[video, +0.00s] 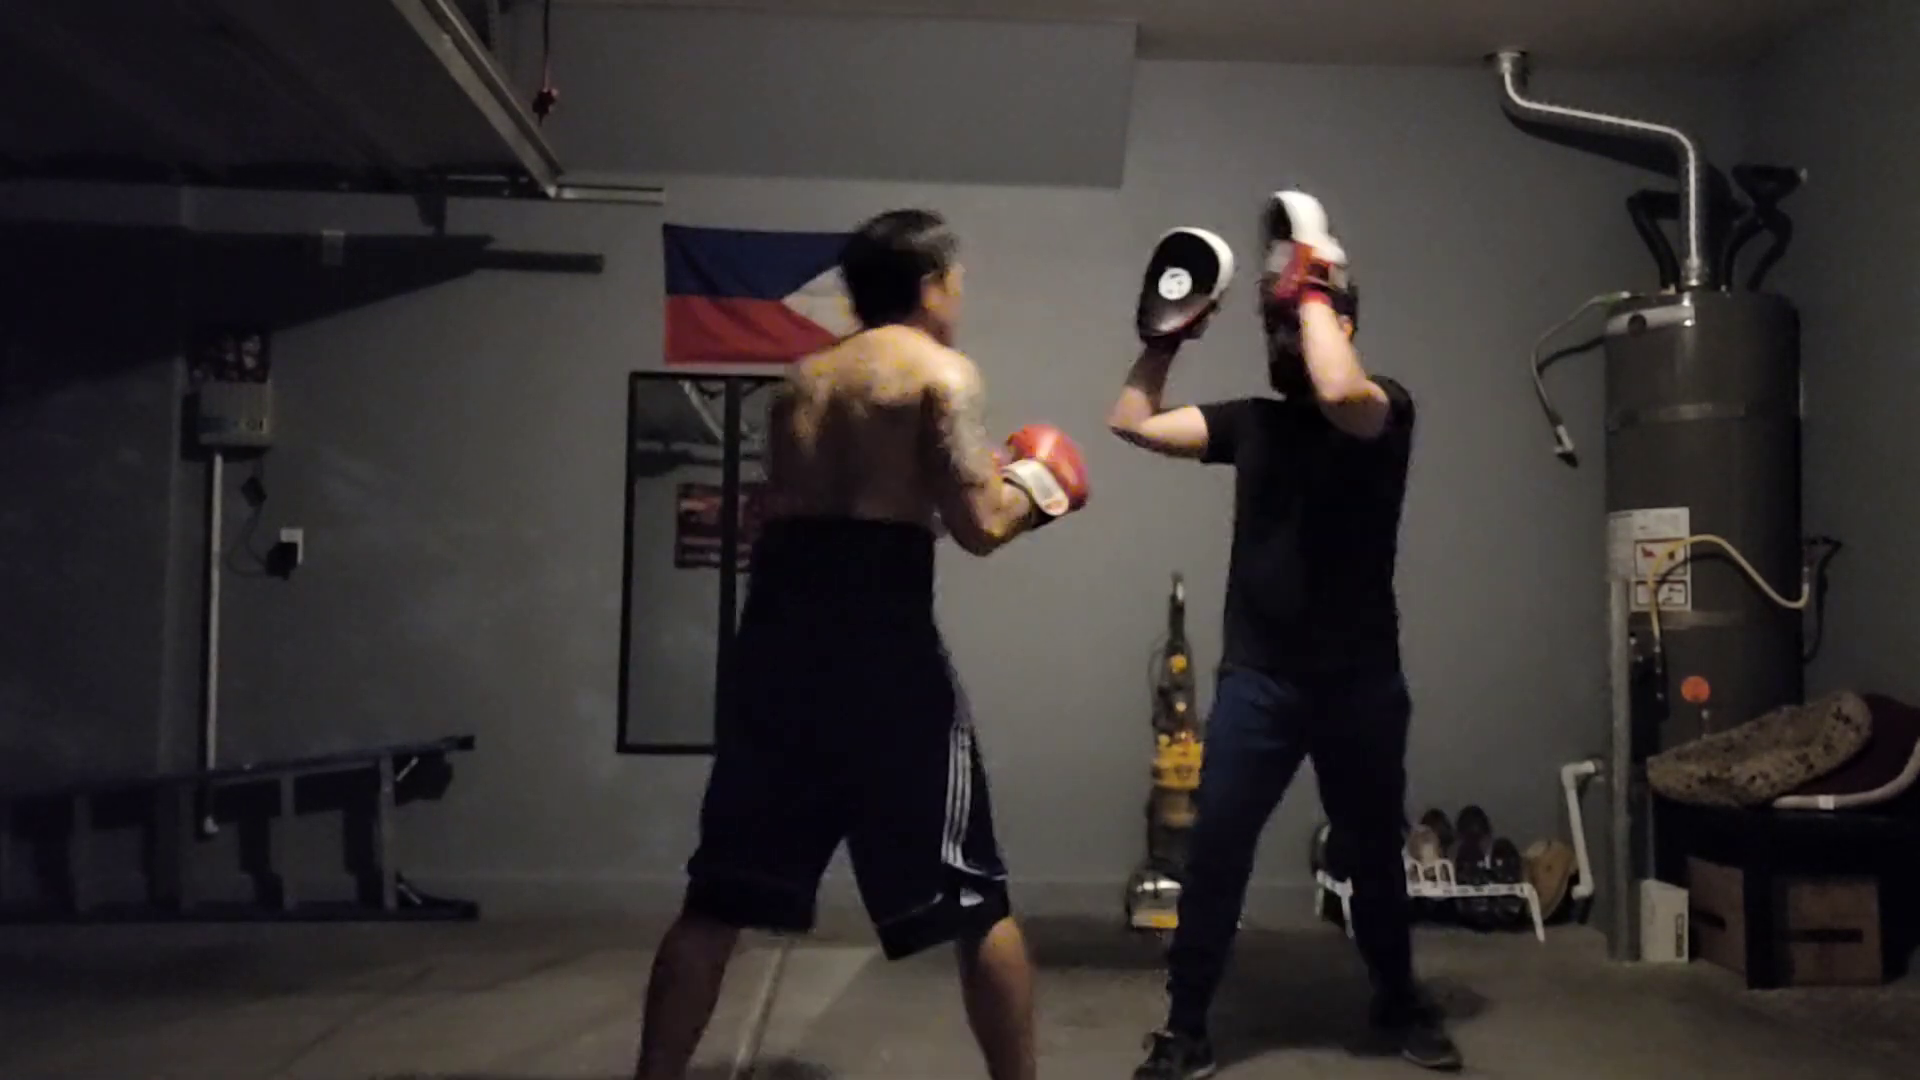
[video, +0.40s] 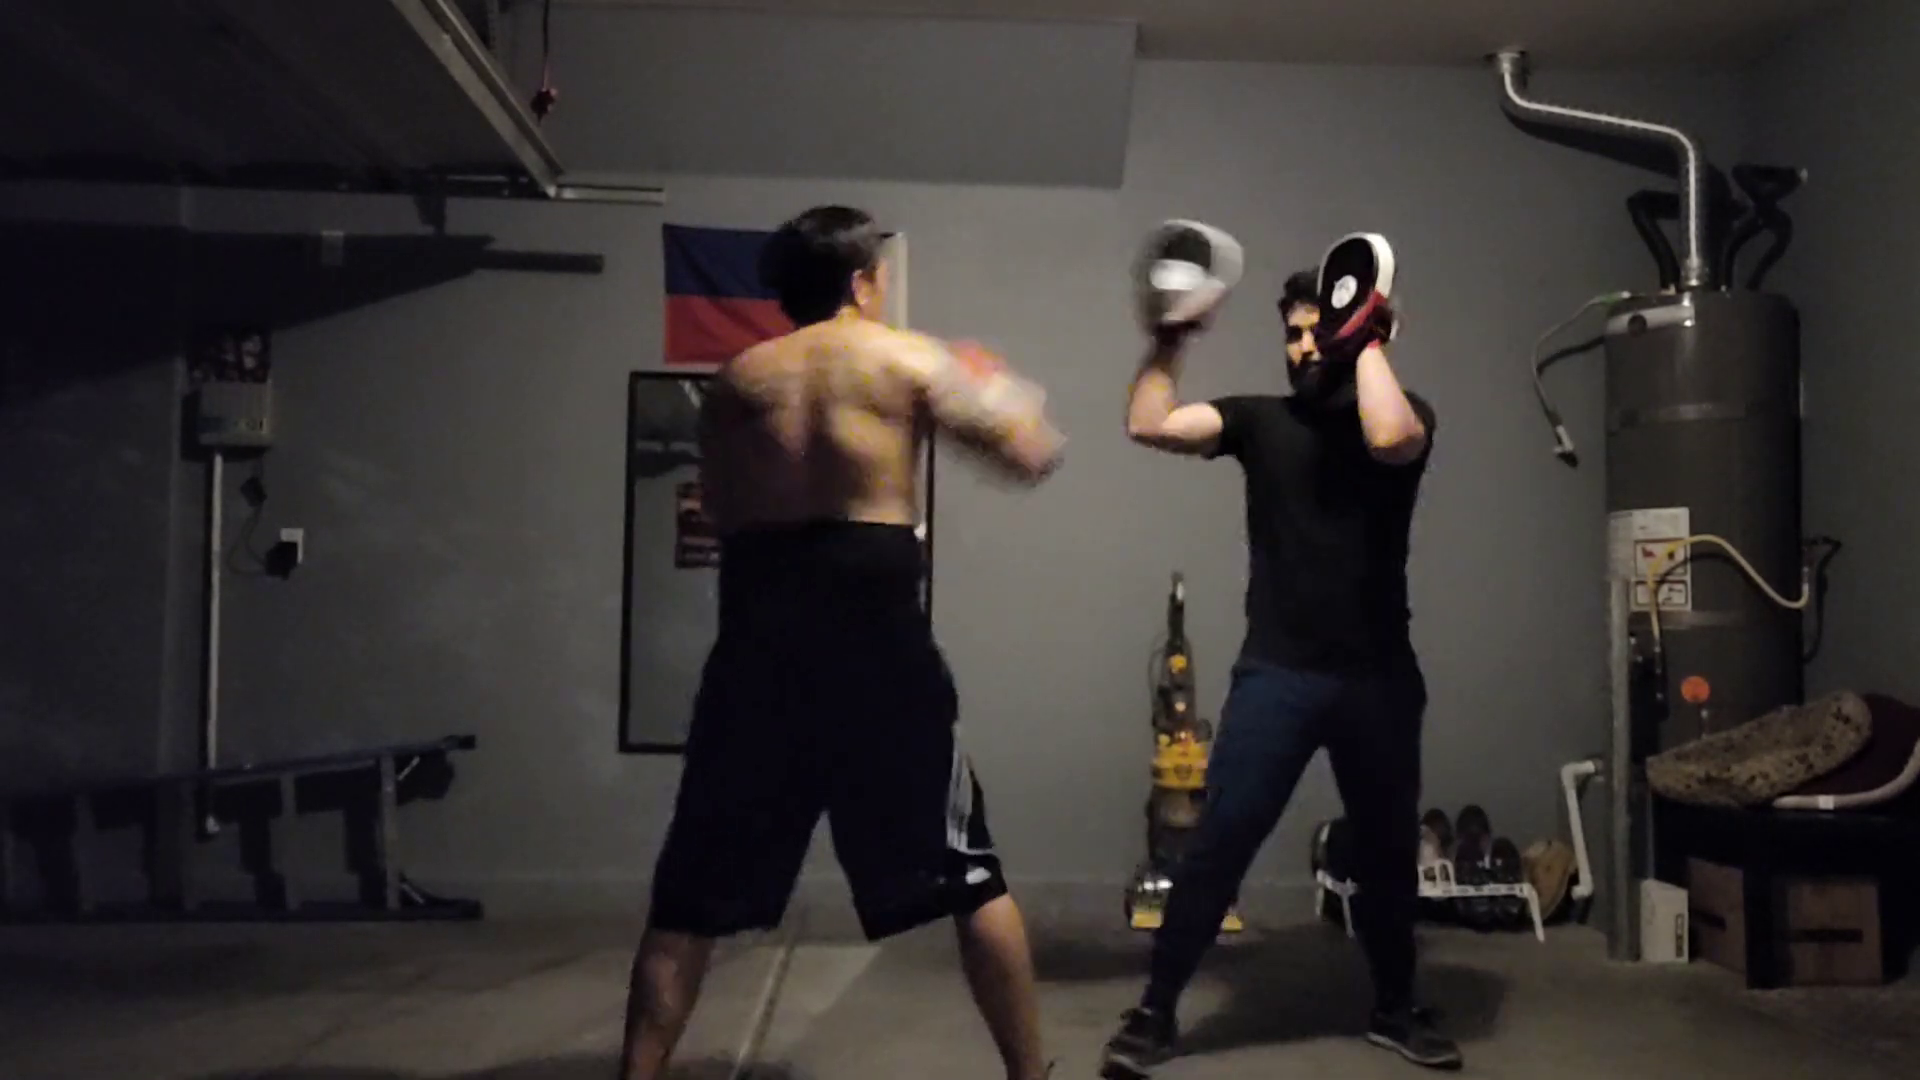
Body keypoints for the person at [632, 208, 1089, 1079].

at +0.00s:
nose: (960, 296)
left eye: (956, 279)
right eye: (954, 280)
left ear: (864, 290)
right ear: (929, 288)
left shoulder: (797, 384)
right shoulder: (940, 374)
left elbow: (805, 514)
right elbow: (980, 524)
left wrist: (997, 473)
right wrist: (1040, 484)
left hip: (777, 657)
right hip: (887, 659)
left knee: (718, 892)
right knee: (977, 895)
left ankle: (655, 1071)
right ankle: (1018, 1072)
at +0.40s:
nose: (888, 290)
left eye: (881, 275)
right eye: (884, 278)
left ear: (790, 289)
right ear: (862, 287)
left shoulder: (735, 379)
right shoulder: (904, 358)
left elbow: (724, 517)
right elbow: (1031, 451)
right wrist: (1003, 390)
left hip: (758, 661)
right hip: (879, 655)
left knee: (691, 888)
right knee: (970, 872)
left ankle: (638, 1069)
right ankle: (1028, 1067)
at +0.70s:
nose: (959, 286)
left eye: (952, 271)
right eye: (955, 272)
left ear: (863, 283)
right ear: (939, 281)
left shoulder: (827, 366)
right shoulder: (969, 371)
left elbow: (894, 456)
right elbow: (1030, 505)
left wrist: (987, 389)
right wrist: (1039, 403)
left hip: (826, 637)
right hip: (938, 639)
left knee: (753, 876)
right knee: (1007, 882)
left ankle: (677, 1069)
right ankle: (1031, 1070)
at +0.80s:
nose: (985, 279)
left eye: (978, 266)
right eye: (981, 267)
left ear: (888, 282)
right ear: (967, 277)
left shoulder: (843, 364)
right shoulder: (1014, 348)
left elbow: (867, 485)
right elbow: (1109, 416)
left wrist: (996, 488)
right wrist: (1095, 330)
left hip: (840, 637)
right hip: (951, 641)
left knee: (763, 851)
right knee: (1013, 877)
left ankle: (665, 1045)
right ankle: (1035, 1068)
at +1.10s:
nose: (989, 283)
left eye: (984, 267)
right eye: (985, 270)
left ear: (896, 278)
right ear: (966, 282)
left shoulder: (849, 360)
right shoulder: (972, 377)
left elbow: (932, 436)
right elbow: (1034, 520)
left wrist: (1041, 375)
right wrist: (1089, 474)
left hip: (817, 635)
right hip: (916, 642)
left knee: (729, 861)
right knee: (994, 889)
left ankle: (629, 1059)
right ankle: (1024, 1070)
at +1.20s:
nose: (952, 290)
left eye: (946, 274)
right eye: (946, 276)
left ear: (860, 288)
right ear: (927, 289)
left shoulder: (811, 379)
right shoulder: (929, 378)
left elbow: (873, 490)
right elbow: (974, 529)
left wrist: (977, 416)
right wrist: (1038, 482)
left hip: (786, 653)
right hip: (887, 656)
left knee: (716, 877)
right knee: (979, 886)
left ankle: (639, 1067)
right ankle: (1021, 1070)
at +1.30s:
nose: (911, 306)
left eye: (908, 291)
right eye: (907, 292)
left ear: (812, 306)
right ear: (885, 302)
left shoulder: (761, 394)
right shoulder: (892, 396)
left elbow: (787, 519)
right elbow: (920, 540)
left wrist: (913, 449)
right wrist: (984, 505)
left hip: (757, 675)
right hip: (867, 678)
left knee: (697, 891)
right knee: (978, 886)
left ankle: (632, 1070)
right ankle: (1014, 1070)